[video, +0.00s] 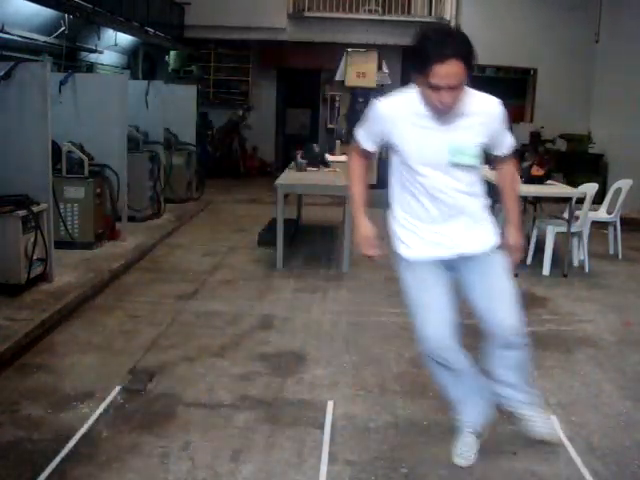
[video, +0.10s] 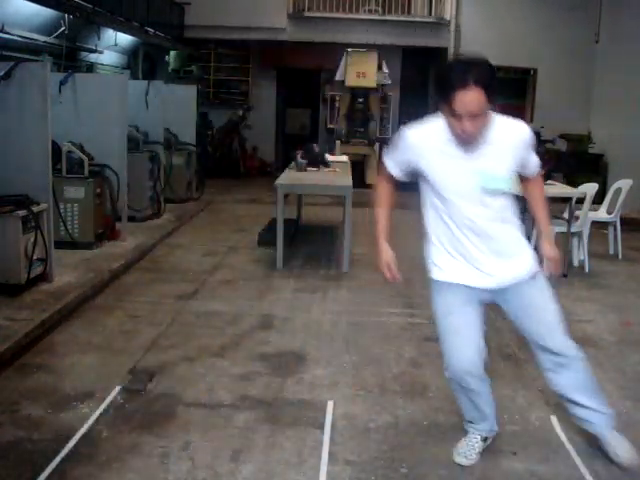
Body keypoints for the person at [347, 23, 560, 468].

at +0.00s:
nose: (444, 98)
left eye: (454, 87)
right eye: (435, 88)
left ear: (467, 76)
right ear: (418, 78)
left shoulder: (488, 111)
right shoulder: (388, 111)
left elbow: (505, 162)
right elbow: (359, 152)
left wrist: (513, 224)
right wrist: (360, 218)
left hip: (478, 240)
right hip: (417, 247)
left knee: (507, 326)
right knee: (435, 339)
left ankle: (519, 399)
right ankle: (472, 414)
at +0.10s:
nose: (466, 126)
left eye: (475, 116)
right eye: (457, 116)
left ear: (490, 105)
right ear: (444, 108)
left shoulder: (515, 135)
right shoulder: (416, 140)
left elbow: (533, 179)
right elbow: (385, 176)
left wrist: (547, 238)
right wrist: (383, 242)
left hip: (515, 269)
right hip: (452, 275)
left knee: (558, 348)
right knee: (462, 366)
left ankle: (603, 428)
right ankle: (480, 428)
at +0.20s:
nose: (479, 154)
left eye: (488, 144)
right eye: (471, 144)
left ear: (510, 133)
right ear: (463, 136)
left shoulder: (545, 162)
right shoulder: (446, 167)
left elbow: (562, 210)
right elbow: (424, 216)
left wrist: (572, 269)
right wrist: (404, 276)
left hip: (538, 286)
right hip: (475, 287)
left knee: (578, 362)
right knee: (460, 366)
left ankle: (610, 434)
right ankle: (476, 429)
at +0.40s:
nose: (448, 123)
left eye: (456, 114)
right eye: (440, 114)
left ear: (482, 103)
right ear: (432, 105)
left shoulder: (517, 136)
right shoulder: (419, 135)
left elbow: (540, 190)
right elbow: (409, 185)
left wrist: (555, 254)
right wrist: (409, 249)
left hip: (514, 270)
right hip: (450, 272)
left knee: (555, 349)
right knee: (440, 363)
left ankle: (601, 429)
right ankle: (459, 426)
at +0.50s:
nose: (420, 94)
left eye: (427, 83)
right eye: (413, 84)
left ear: (457, 73)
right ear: (405, 78)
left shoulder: (493, 114)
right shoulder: (395, 109)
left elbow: (515, 171)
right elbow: (380, 154)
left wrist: (523, 240)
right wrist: (382, 217)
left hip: (480, 249)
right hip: (418, 250)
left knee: (507, 336)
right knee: (428, 340)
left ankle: (531, 418)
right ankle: (453, 418)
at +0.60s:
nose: (387, 82)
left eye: (395, 71)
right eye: (382, 71)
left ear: (427, 63)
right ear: (377, 66)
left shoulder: (468, 106)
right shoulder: (372, 100)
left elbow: (490, 168)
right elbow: (361, 149)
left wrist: (488, 241)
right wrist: (353, 209)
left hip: (444, 243)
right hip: (384, 239)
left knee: (443, 332)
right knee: (377, 324)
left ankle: (447, 413)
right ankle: (396, 403)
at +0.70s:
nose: (355, 92)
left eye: (363, 82)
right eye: (351, 83)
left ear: (396, 77)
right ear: (349, 79)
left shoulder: (437, 123)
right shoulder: (347, 112)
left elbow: (456, 193)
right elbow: (338, 167)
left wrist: (449, 264)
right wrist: (321, 227)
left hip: (411, 259)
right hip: (350, 249)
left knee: (414, 349)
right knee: (308, 320)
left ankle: (429, 424)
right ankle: (301, 394)